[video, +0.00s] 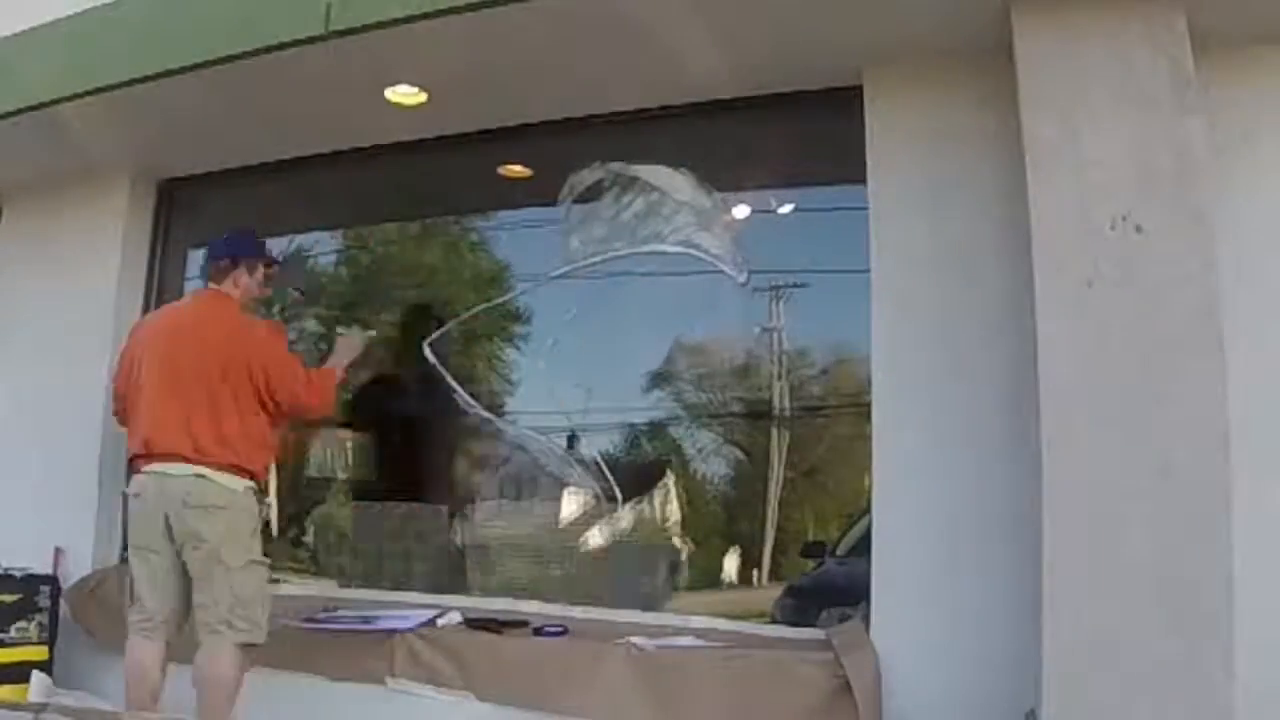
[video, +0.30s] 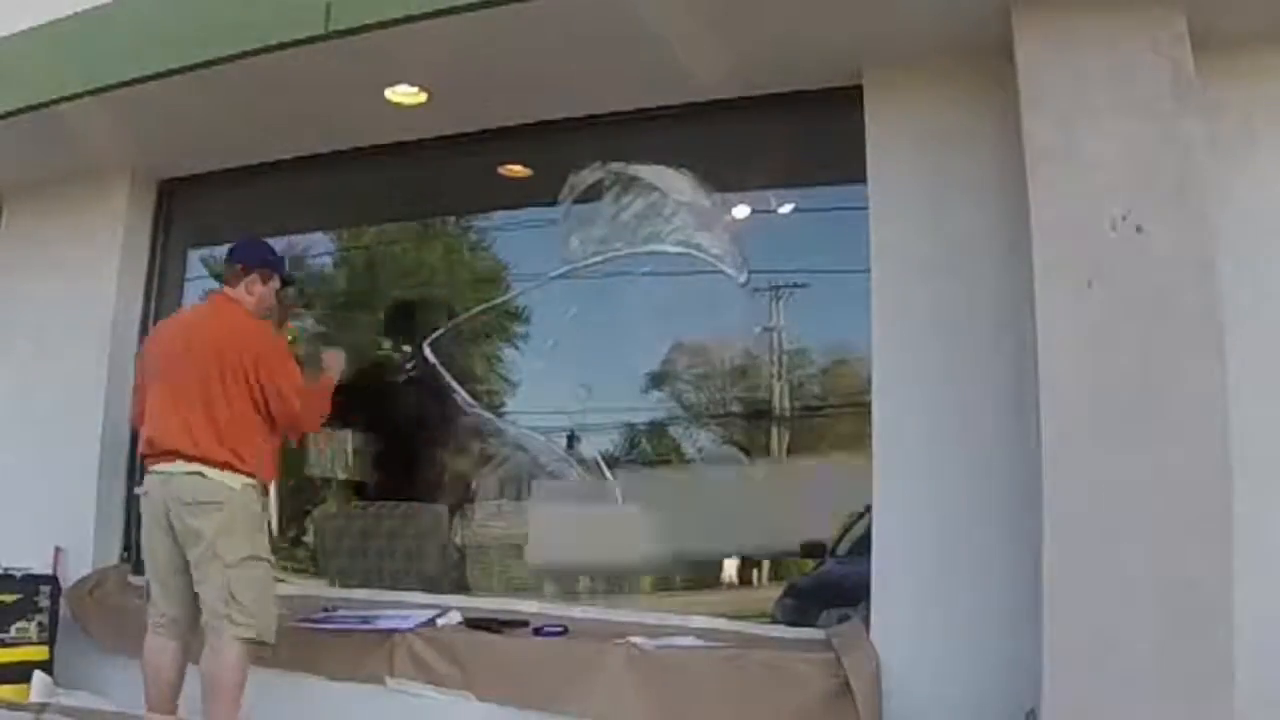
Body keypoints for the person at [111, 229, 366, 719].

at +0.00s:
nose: (265, 290)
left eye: (266, 279)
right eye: (261, 278)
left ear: (213, 273)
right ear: (237, 274)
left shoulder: (149, 326)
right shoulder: (256, 334)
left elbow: (122, 405)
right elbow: (304, 401)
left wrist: (170, 430)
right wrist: (339, 363)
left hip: (148, 490)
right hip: (220, 495)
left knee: (147, 625)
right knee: (222, 633)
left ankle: (140, 716)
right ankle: (212, 715)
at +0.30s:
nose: (276, 299)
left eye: (278, 290)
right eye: (275, 289)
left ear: (228, 279)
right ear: (254, 281)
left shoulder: (163, 332)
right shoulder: (257, 337)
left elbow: (141, 416)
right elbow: (299, 415)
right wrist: (330, 376)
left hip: (159, 486)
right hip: (223, 491)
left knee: (166, 618)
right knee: (231, 625)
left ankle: (158, 715)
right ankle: (221, 716)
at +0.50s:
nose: (333, 308)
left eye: (335, 300)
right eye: (337, 300)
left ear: (289, 277)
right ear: (332, 290)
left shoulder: (221, 318)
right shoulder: (334, 344)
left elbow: (178, 400)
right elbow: (359, 444)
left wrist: (236, 394)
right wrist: (373, 399)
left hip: (202, 493)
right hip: (274, 503)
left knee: (201, 633)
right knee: (262, 642)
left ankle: (195, 716)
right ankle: (249, 718)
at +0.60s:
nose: (325, 310)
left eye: (329, 299)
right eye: (327, 296)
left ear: (283, 278)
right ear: (312, 282)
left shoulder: (208, 329)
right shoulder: (302, 340)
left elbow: (175, 398)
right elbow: (323, 434)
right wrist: (381, 424)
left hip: (192, 488)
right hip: (257, 497)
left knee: (190, 627)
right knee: (257, 637)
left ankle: (178, 715)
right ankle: (243, 718)